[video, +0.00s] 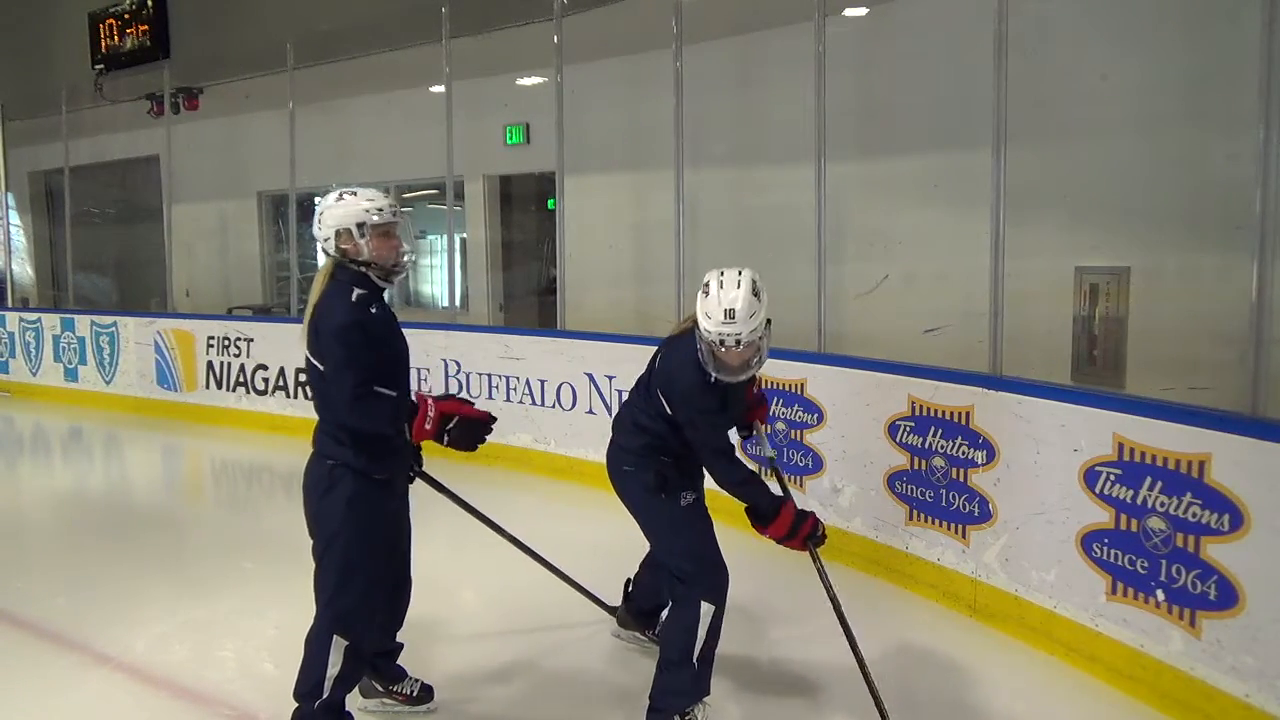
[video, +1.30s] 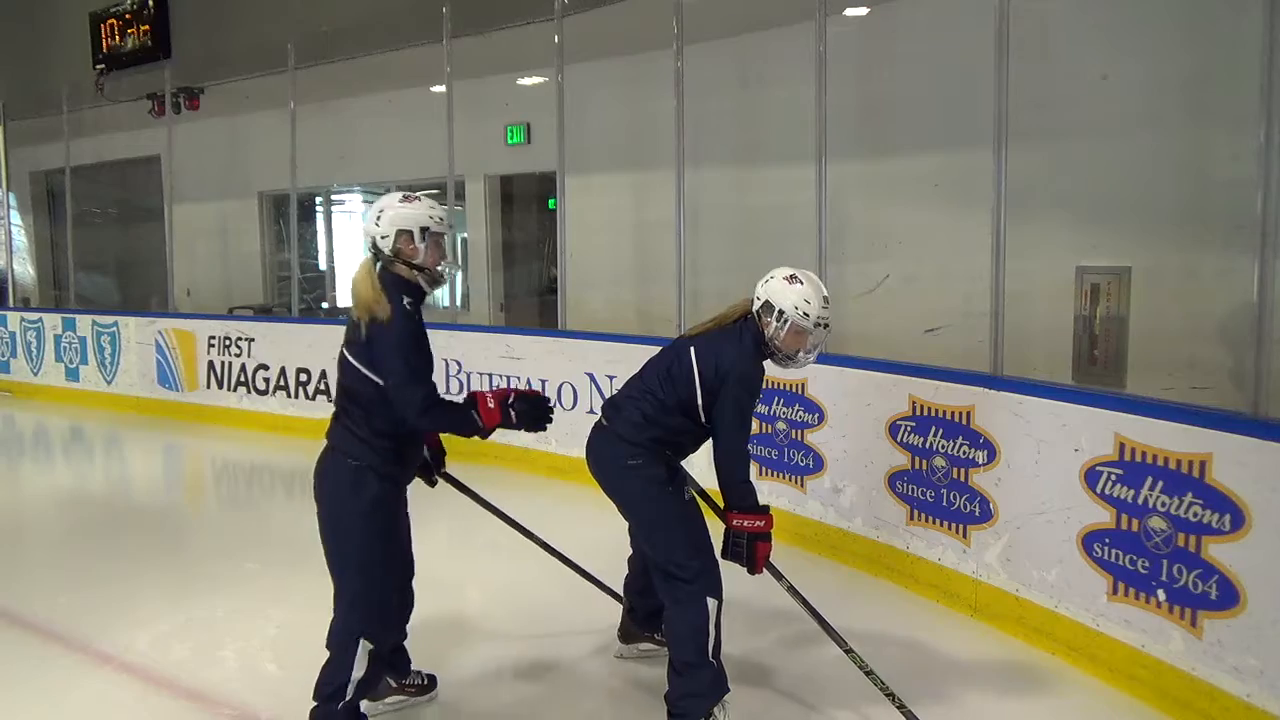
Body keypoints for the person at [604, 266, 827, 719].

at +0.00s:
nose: (734, 357)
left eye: (746, 345)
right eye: (721, 346)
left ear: (763, 334)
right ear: (704, 335)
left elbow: (738, 376)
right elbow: (721, 461)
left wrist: (748, 404)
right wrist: (781, 518)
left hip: (681, 459)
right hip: (642, 463)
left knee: (680, 542)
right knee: (704, 579)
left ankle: (638, 614)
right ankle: (672, 708)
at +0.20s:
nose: (745, 354)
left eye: (756, 342)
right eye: (733, 343)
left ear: (770, 331)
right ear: (712, 331)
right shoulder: (691, 370)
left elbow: (737, 374)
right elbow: (721, 461)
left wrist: (742, 401)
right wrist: (776, 514)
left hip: (677, 458)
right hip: (641, 462)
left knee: (679, 540)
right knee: (704, 579)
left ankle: (637, 616)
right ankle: (672, 708)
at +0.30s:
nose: (765, 340)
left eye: (775, 328)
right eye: (755, 327)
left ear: (788, 319)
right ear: (731, 314)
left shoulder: (724, 329)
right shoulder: (707, 359)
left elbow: (717, 433)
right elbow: (719, 448)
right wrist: (766, 504)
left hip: (659, 456)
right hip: (642, 462)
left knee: (678, 541)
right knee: (706, 579)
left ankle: (637, 623)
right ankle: (672, 708)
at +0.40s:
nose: (789, 329)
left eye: (795, 317)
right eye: (780, 317)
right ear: (749, 304)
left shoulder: (722, 317)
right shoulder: (719, 348)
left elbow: (722, 429)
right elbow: (723, 442)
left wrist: (746, 491)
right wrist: (759, 504)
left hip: (643, 451)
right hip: (640, 459)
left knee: (673, 539)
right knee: (700, 578)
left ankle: (643, 626)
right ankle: (676, 708)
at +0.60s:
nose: (798, 326)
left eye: (802, 317)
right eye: (795, 315)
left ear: (761, 299)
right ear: (767, 303)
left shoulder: (719, 313)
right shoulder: (737, 346)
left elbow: (652, 345)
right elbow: (729, 437)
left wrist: (675, 416)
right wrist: (748, 507)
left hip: (615, 445)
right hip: (640, 459)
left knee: (665, 534)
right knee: (700, 581)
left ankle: (638, 626)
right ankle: (678, 708)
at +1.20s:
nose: (800, 344)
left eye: (807, 334)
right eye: (794, 331)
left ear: (814, 330)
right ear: (767, 318)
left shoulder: (730, 334)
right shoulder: (741, 363)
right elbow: (730, 449)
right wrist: (746, 517)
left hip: (616, 443)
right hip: (634, 454)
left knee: (659, 539)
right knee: (695, 578)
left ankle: (639, 627)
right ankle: (693, 707)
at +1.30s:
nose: (800, 344)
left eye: (807, 334)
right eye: (794, 330)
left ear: (815, 330)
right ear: (767, 318)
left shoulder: (731, 334)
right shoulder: (741, 364)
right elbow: (730, 449)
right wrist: (747, 517)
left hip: (618, 442)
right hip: (633, 454)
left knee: (660, 536)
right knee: (695, 577)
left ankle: (642, 622)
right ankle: (694, 707)